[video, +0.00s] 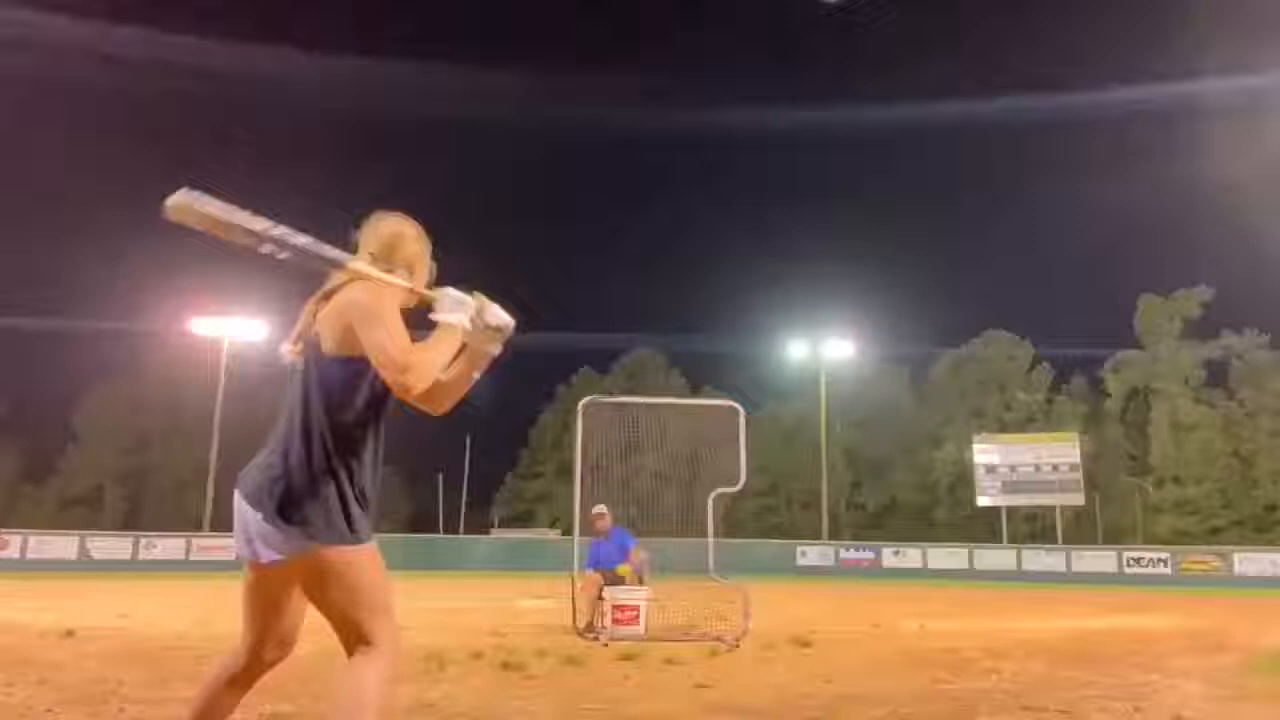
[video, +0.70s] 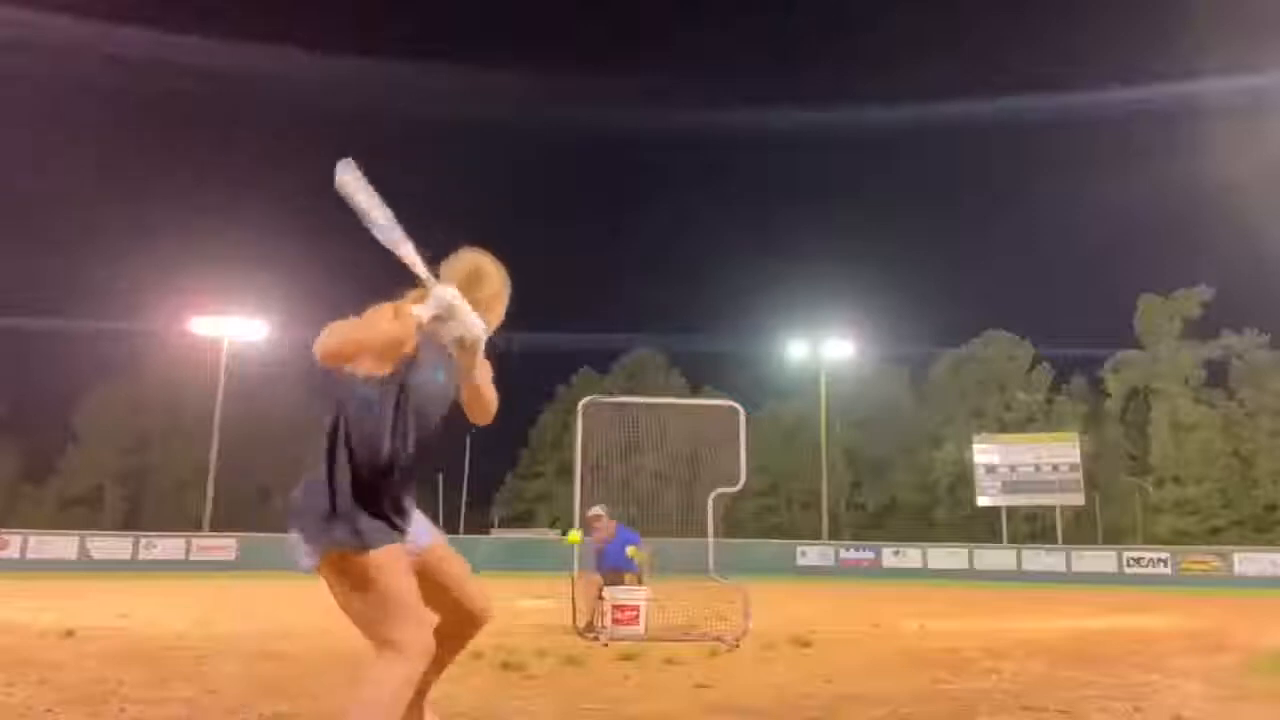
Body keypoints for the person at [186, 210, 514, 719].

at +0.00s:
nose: (425, 281)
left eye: (426, 271)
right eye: (424, 268)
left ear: (368, 257)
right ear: (411, 266)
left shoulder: (340, 300)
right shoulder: (369, 297)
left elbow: (436, 399)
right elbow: (410, 375)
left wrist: (482, 347)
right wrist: (452, 324)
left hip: (266, 494)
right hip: (313, 508)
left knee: (264, 646)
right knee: (375, 646)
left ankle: (198, 714)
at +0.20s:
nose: (448, 288)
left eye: (449, 277)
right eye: (447, 275)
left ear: (397, 263)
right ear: (430, 270)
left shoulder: (357, 303)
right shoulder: (380, 298)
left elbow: (441, 410)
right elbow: (409, 375)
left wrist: (496, 375)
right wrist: (474, 337)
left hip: (287, 498)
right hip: (324, 505)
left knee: (296, 648)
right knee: (388, 643)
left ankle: (220, 713)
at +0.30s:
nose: (455, 294)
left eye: (458, 284)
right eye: (457, 280)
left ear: (409, 261)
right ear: (443, 268)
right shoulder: (387, 295)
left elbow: (439, 412)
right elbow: (393, 365)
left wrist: (492, 384)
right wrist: (475, 342)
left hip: (304, 494)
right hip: (326, 496)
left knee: (350, 644)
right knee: (396, 641)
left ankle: (252, 714)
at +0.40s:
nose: (468, 299)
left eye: (470, 291)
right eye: (469, 287)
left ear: (427, 272)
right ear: (455, 278)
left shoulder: (427, 332)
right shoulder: (387, 295)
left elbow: (442, 417)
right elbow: (367, 362)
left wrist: (481, 391)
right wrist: (460, 346)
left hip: (354, 501)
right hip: (320, 500)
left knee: (419, 617)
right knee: (397, 646)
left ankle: (314, 711)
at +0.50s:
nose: (475, 304)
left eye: (477, 295)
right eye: (474, 293)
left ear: (438, 276)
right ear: (457, 283)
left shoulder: (436, 333)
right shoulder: (393, 298)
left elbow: (448, 419)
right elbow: (356, 363)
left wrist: (476, 390)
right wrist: (450, 345)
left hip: (365, 498)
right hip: (327, 502)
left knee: (443, 605)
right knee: (401, 648)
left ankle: (369, 699)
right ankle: (362, 712)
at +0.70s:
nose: (487, 332)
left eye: (491, 326)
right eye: (487, 322)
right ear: (471, 305)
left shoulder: (459, 351)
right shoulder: (397, 322)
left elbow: (482, 414)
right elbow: (327, 347)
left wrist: (470, 350)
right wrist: (419, 318)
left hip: (394, 510)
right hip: (342, 511)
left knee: (469, 611)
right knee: (409, 643)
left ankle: (409, 703)